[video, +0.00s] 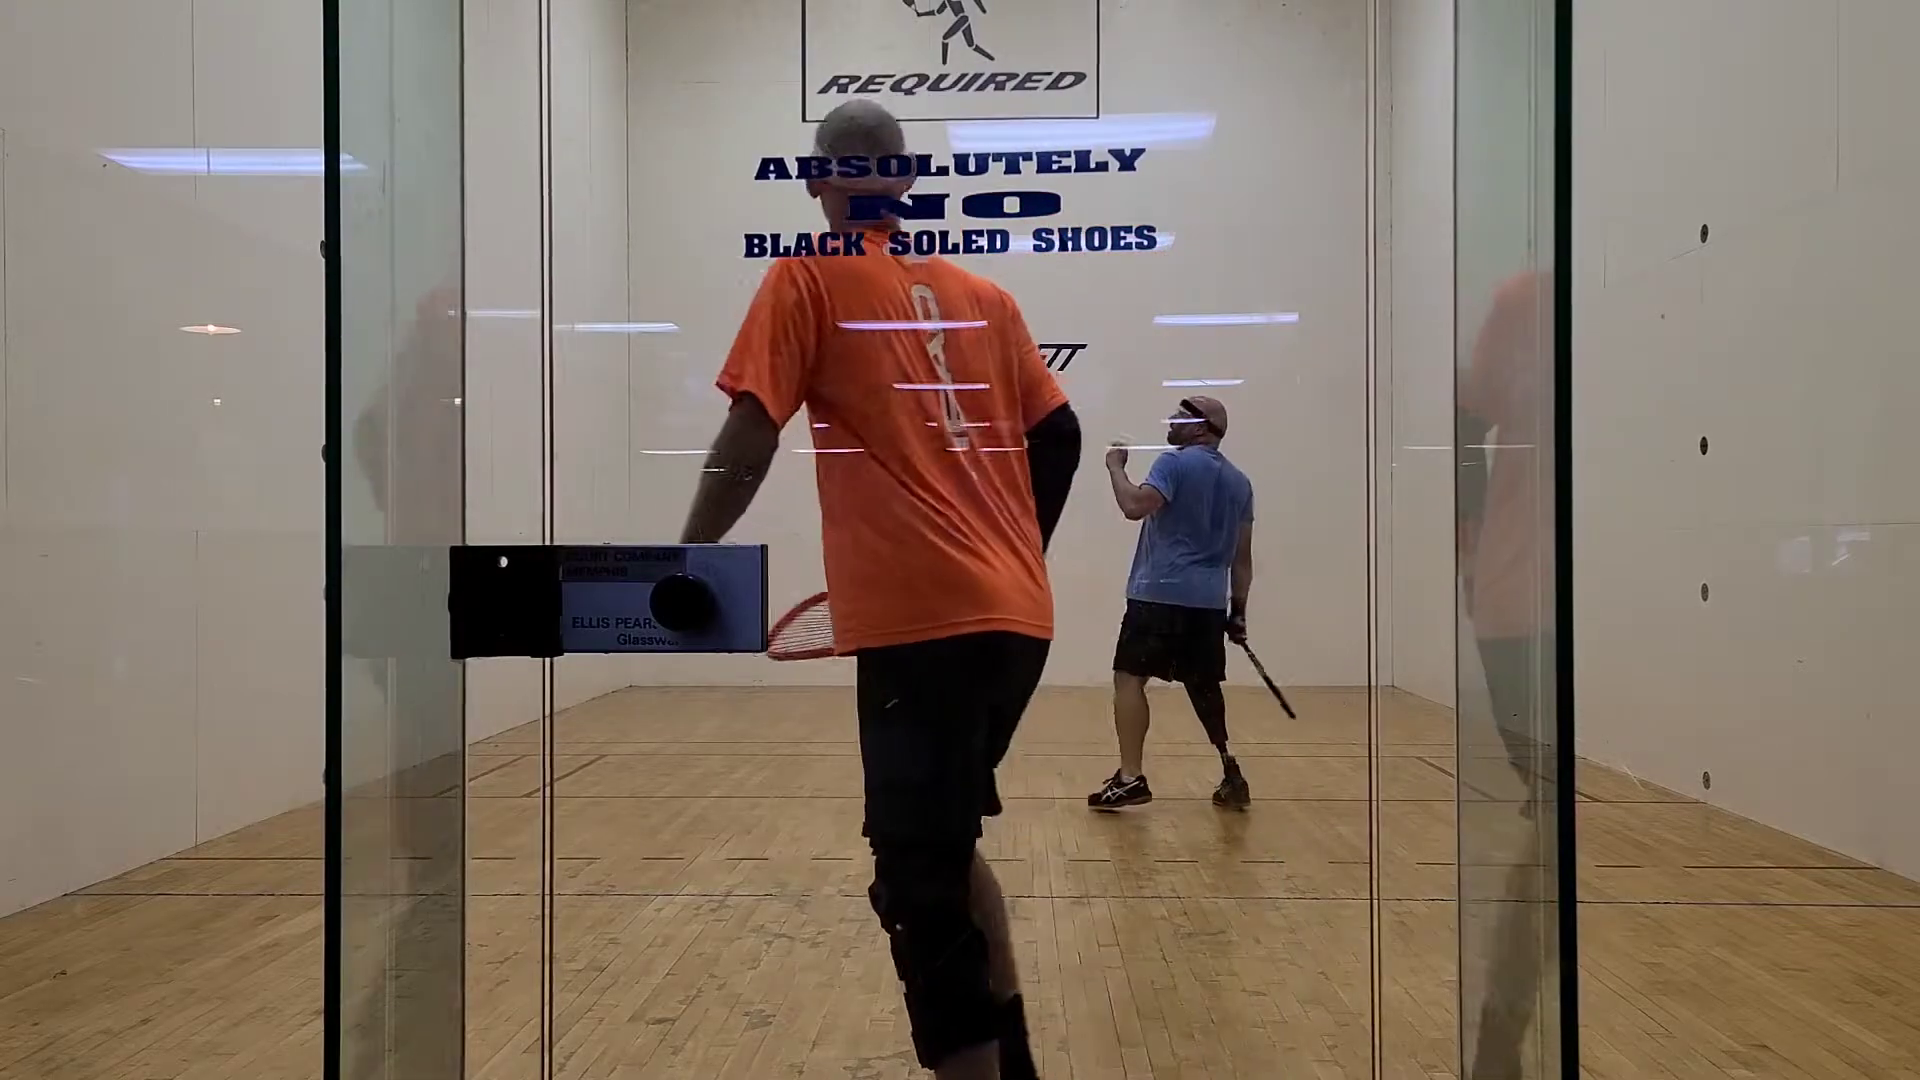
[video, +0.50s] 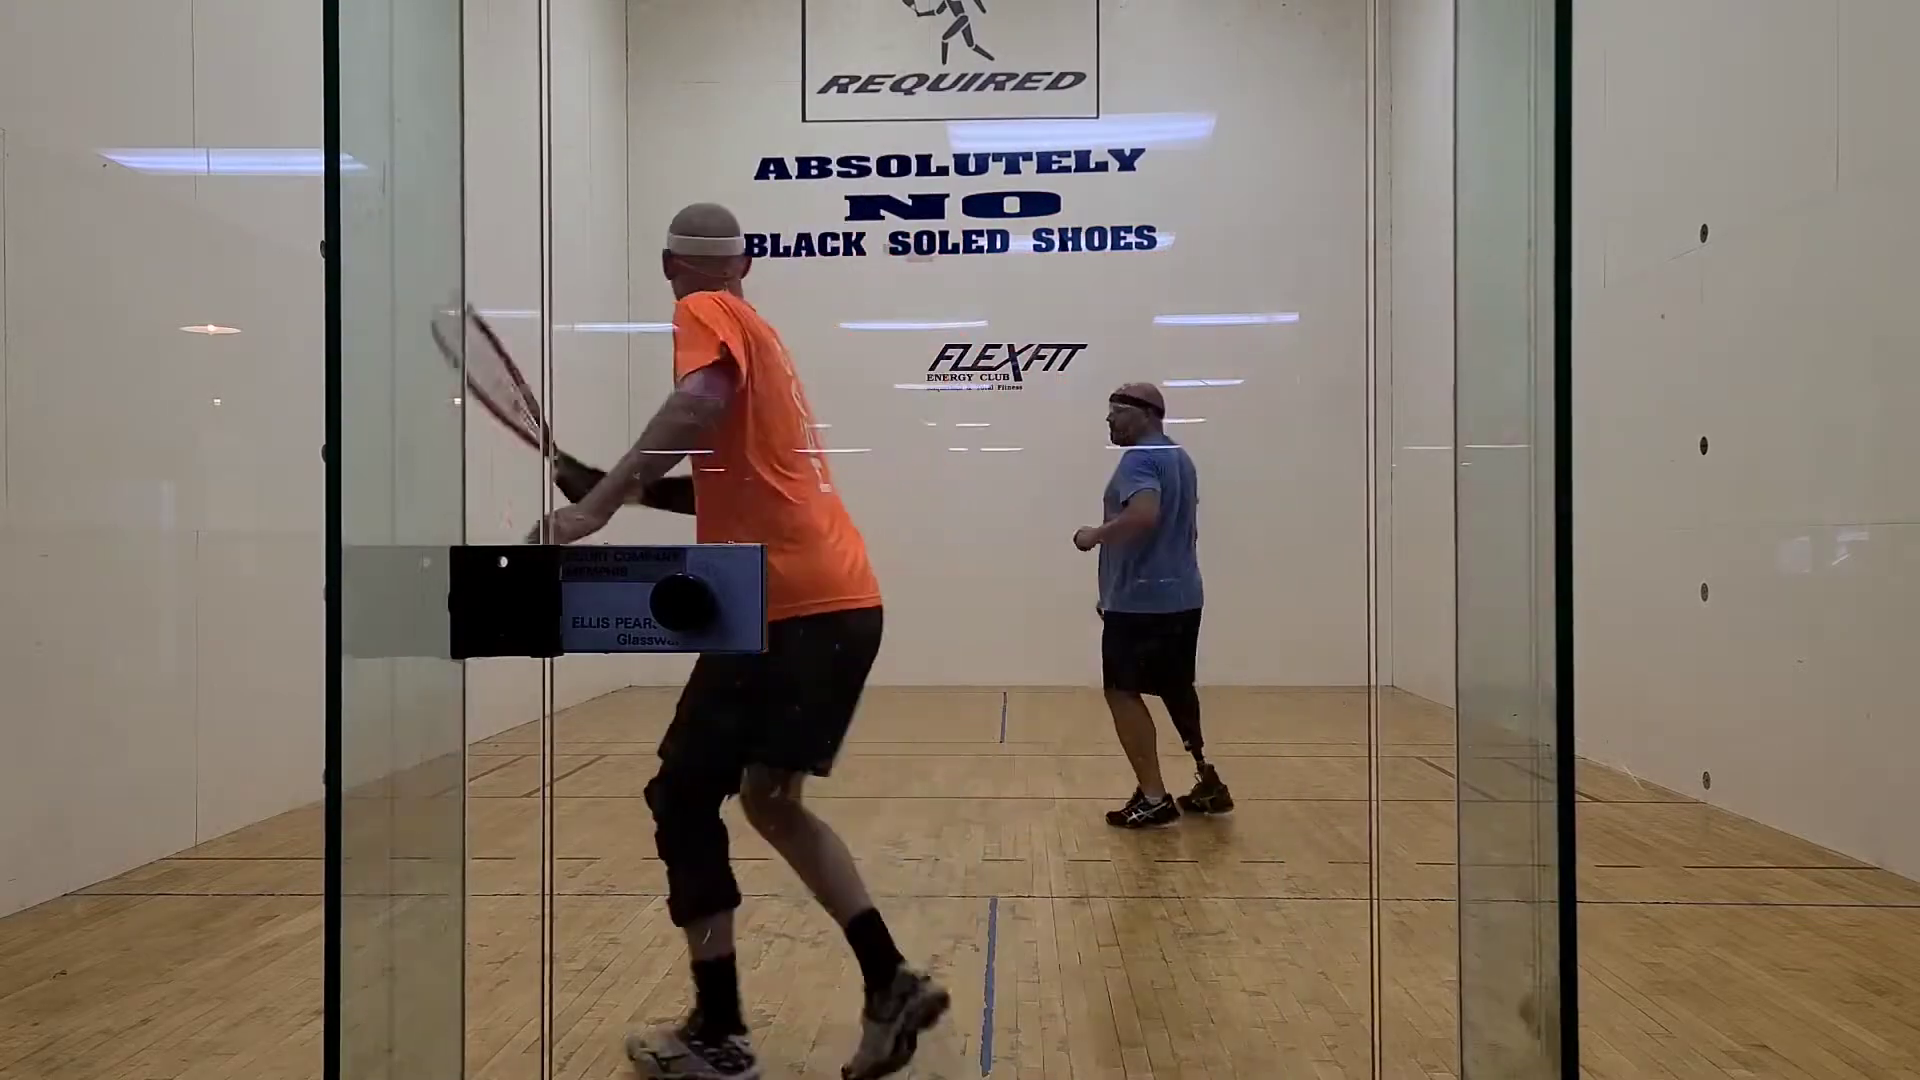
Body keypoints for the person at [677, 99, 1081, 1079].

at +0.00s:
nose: (826, 186)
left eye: (824, 170)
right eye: (837, 168)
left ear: (819, 179)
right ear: (908, 180)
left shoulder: (807, 279)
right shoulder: (982, 293)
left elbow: (745, 444)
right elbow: (1057, 433)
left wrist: (683, 574)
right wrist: (1016, 556)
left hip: (913, 619)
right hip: (1017, 610)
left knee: (916, 882)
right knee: (952, 841)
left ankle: (972, 1067)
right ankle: (1009, 1049)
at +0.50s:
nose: (670, 277)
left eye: (674, 265)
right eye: (675, 264)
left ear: (678, 264)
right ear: (743, 265)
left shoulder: (704, 310)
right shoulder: (758, 336)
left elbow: (702, 398)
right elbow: (738, 493)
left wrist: (595, 508)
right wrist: (620, 485)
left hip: (775, 608)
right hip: (843, 604)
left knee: (683, 797)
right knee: (771, 797)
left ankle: (718, 1032)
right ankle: (892, 981)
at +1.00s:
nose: (644, 304)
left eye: (645, 292)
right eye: (645, 292)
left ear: (612, 285)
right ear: (671, 298)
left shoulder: (564, 327)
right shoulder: (693, 362)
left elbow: (523, 384)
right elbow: (767, 425)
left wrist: (488, 468)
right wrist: (840, 461)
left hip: (574, 576)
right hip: (662, 580)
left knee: (564, 750)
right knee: (650, 742)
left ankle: (633, 902)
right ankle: (683, 920)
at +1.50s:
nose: (606, 334)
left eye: (603, 322)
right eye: (606, 324)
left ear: (551, 315)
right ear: (599, 323)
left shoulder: (497, 362)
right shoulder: (595, 385)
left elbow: (447, 449)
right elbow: (561, 475)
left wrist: (422, 517)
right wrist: (551, 568)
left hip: (475, 568)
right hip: (544, 575)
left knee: (483, 730)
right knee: (560, 725)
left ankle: (473, 900)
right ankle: (537, 869)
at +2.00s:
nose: (575, 346)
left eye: (572, 335)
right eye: (572, 337)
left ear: (515, 339)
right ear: (561, 339)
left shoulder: (472, 390)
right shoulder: (573, 405)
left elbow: (439, 470)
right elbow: (572, 500)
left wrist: (495, 492)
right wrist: (601, 566)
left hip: (468, 578)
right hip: (537, 582)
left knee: (458, 725)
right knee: (529, 739)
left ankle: (405, 867)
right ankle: (497, 879)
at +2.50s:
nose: (713, 377)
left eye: (709, 367)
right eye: (705, 368)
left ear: (661, 378)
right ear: (674, 376)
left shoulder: (614, 418)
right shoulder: (679, 431)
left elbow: (593, 510)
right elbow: (661, 521)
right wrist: (696, 596)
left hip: (567, 591)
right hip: (624, 597)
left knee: (526, 723)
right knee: (683, 710)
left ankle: (429, 839)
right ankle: (669, 853)